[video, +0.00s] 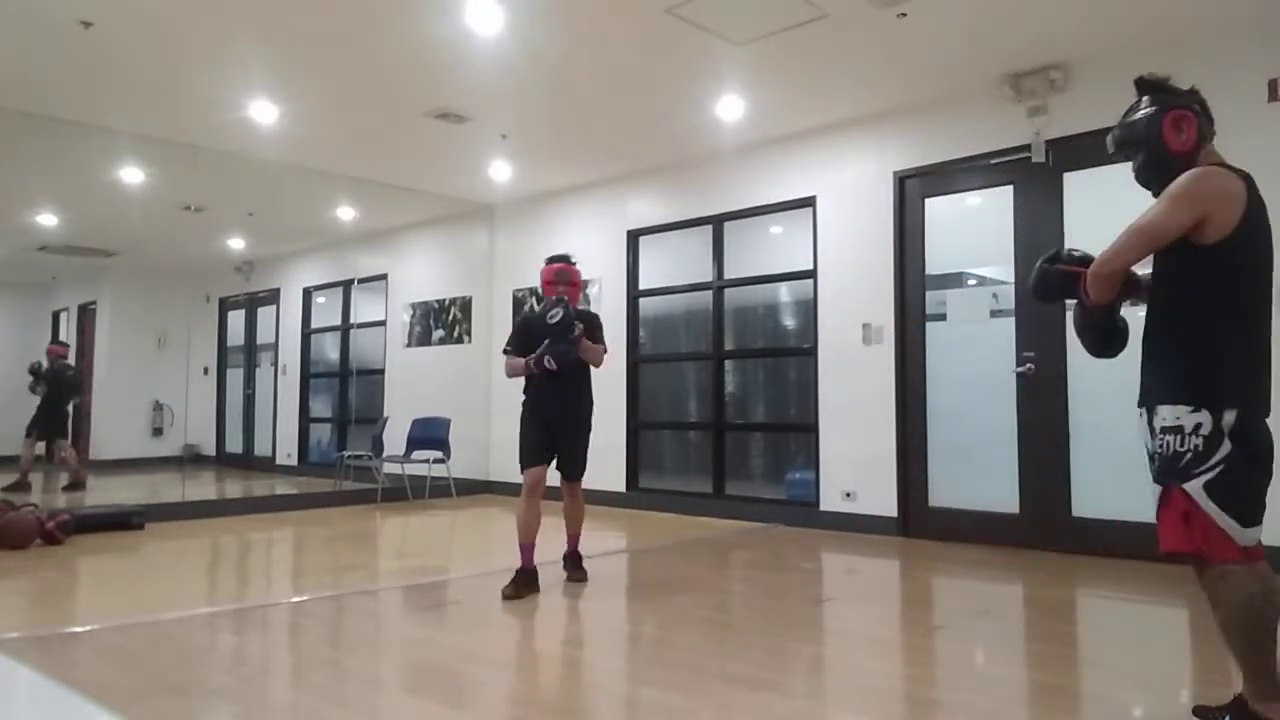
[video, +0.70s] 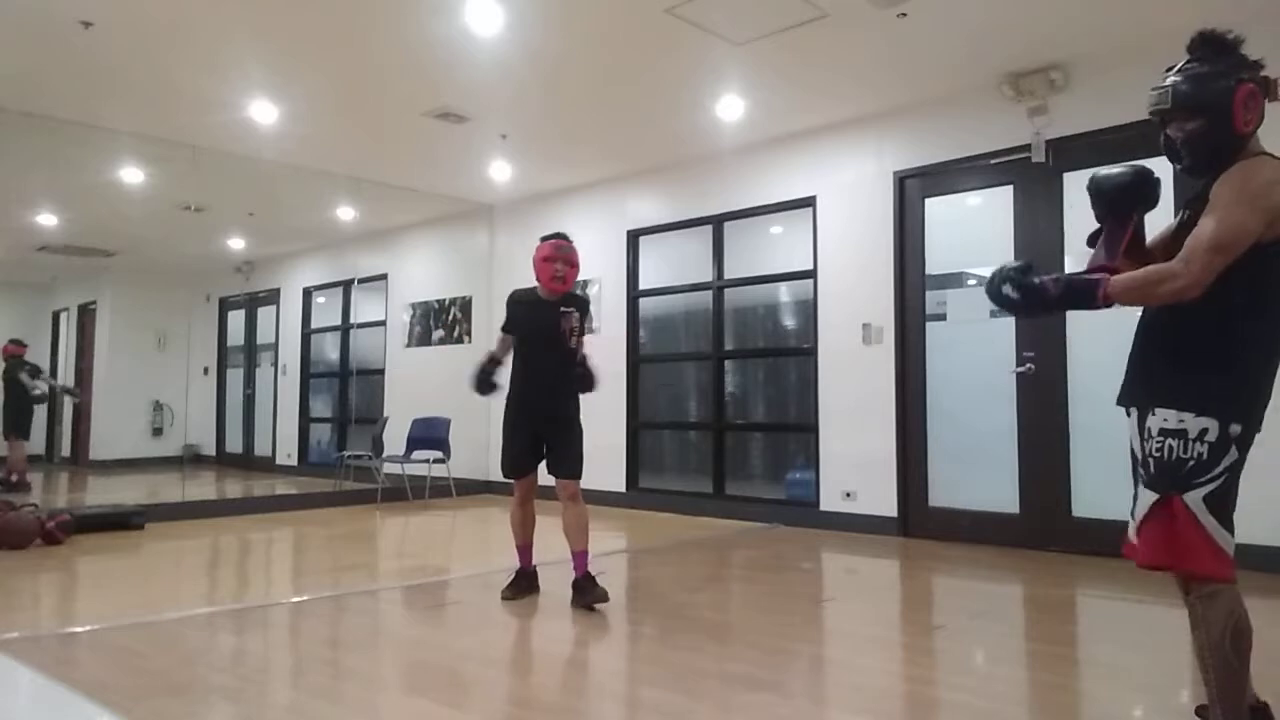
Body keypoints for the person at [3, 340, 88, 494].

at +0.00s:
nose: (47, 357)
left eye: (49, 354)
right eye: (48, 353)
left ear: (54, 355)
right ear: (64, 355)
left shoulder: (53, 371)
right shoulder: (72, 372)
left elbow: (40, 390)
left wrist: (37, 376)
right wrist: (39, 376)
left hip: (45, 411)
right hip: (61, 412)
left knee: (29, 442)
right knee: (64, 445)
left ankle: (23, 479)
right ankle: (77, 477)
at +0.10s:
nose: (39, 355)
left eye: (40, 353)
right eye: (41, 353)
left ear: (42, 354)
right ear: (57, 354)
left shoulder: (43, 370)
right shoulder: (63, 371)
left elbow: (32, 388)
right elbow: (45, 387)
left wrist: (27, 376)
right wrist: (30, 375)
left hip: (37, 412)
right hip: (52, 412)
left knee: (23, 442)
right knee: (53, 444)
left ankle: (22, 480)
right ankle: (75, 474)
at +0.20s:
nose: (32, 353)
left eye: (34, 351)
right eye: (33, 351)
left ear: (37, 353)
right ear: (51, 353)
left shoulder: (36, 369)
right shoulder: (57, 369)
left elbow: (21, 387)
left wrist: (16, 376)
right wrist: (21, 377)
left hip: (31, 411)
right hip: (47, 411)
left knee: (22, 441)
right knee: (41, 443)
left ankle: (22, 480)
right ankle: (66, 469)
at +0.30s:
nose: (26, 353)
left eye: (27, 351)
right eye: (27, 351)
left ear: (30, 352)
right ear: (44, 352)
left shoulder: (30, 368)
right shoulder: (52, 368)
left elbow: (10, 381)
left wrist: (3, 381)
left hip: (29, 411)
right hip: (43, 411)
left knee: (23, 444)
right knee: (28, 443)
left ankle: (22, 480)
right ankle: (50, 466)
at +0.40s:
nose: (20, 352)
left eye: (21, 349)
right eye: (22, 349)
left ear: (24, 351)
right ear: (38, 351)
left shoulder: (24, 367)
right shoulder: (46, 367)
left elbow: (7, 373)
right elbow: (49, 393)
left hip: (24, 410)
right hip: (38, 409)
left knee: (21, 443)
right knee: (24, 442)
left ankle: (22, 479)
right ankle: (36, 474)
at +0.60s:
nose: (8, 353)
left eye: (9, 350)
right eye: (9, 350)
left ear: (12, 350)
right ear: (26, 351)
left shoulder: (15, 364)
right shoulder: (36, 367)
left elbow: (8, 381)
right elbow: (55, 378)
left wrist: (2, 384)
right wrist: (76, 387)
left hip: (17, 409)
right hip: (29, 409)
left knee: (18, 444)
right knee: (20, 444)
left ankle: (21, 479)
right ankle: (14, 475)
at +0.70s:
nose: (4, 355)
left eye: (5, 352)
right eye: (5, 352)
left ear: (7, 353)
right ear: (21, 353)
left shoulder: (12, 368)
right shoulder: (28, 366)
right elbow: (47, 379)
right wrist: (65, 389)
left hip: (14, 408)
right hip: (24, 407)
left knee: (16, 444)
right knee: (13, 443)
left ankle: (22, 480)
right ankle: (8, 477)